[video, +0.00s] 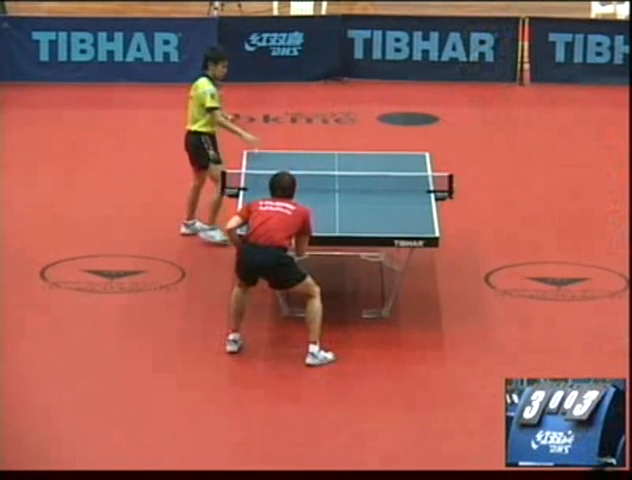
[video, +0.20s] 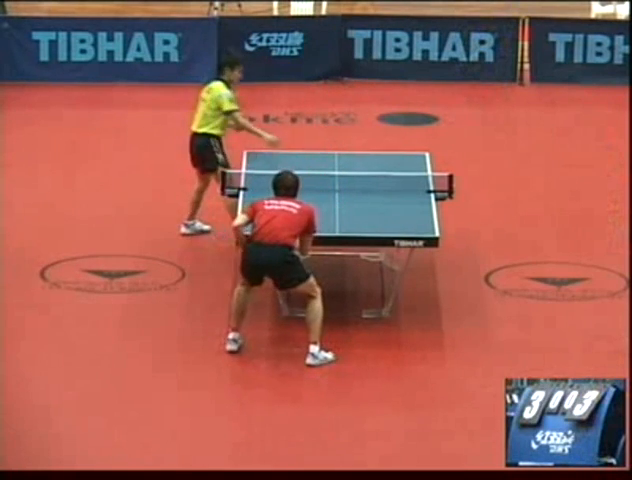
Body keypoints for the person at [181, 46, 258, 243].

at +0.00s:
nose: (225, 71)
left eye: (226, 67)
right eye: (222, 67)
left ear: (213, 68)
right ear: (210, 66)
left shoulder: (203, 84)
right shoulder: (207, 88)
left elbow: (210, 111)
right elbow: (217, 118)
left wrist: (226, 116)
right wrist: (244, 134)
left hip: (197, 133)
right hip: (202, 135)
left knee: (199, 179)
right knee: (221, 180)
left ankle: (190, 221)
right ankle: (211, 226)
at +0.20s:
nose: (240, 77)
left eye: (241, 72)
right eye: (238, 72)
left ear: (225, 73)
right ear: (227, 72)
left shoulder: (211, 87)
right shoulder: (223, 92)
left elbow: (215, 116)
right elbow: (238, 120)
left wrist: (233, 124)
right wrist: (264, 135)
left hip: (198, 135)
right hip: (209, 138)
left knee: (204, 181)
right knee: (228, 183)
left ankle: (190, 221)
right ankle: (241, 226)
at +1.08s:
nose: (284, 101)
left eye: (284, 97)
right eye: (282, 97)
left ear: (264, 97)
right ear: (271, 99)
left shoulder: (246, 107)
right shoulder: (266, 117)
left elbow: (249, 138)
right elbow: (291, 138)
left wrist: (273, 142)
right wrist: (318, 145)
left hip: (216, 147)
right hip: (229, 154)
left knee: (214, 189)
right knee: (246, 190)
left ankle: (191, 222)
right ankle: (244, 228)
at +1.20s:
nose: (272, 91)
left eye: (271, 88)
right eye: (269, 88)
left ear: (253, 90)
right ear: (260, 91)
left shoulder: (238, 103)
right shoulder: (261, 108)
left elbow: (246, 132)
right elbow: (289, 117)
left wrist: (269, 134)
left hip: (215, 144)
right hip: (229, 151)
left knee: (212, 188)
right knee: (241, 190)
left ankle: (191, 221)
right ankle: (244, 227)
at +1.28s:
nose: (267, 85)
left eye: (265, 81)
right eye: (263, 82)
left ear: (247, 86)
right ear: (254, 86)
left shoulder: (234, 100)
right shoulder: (257, 102)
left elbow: (244, 129)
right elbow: (288, 96)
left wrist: (269, 126)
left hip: (213, 144)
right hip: (228, 149)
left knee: (211, 187)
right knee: (244, 188)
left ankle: (191, 222)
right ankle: (245, 227)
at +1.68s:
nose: (244, 67)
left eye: (242, 63)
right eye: (240, 64)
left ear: (228, 70)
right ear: (231, 69)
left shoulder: (218, 89)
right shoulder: (234, 84)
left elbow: (225, 122)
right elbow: (263, 77)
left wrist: (251, 116)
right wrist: (288, 64)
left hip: (205, 135)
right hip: (218, 138)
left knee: (205, 183)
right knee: (235, 180)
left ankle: (190, 221)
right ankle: (242, 223)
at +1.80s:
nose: (248, 67)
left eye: (246, 63)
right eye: (244, 64)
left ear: (231, 70)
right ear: (234, 69)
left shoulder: (217, 90)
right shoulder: (234, 83)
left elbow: (212, 114)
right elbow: (252, 90)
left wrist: (237, 125)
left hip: (205, 133)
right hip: (219, 135)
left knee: (204, 181)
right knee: (235, 176)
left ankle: (191, 221)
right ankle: (241, 219)